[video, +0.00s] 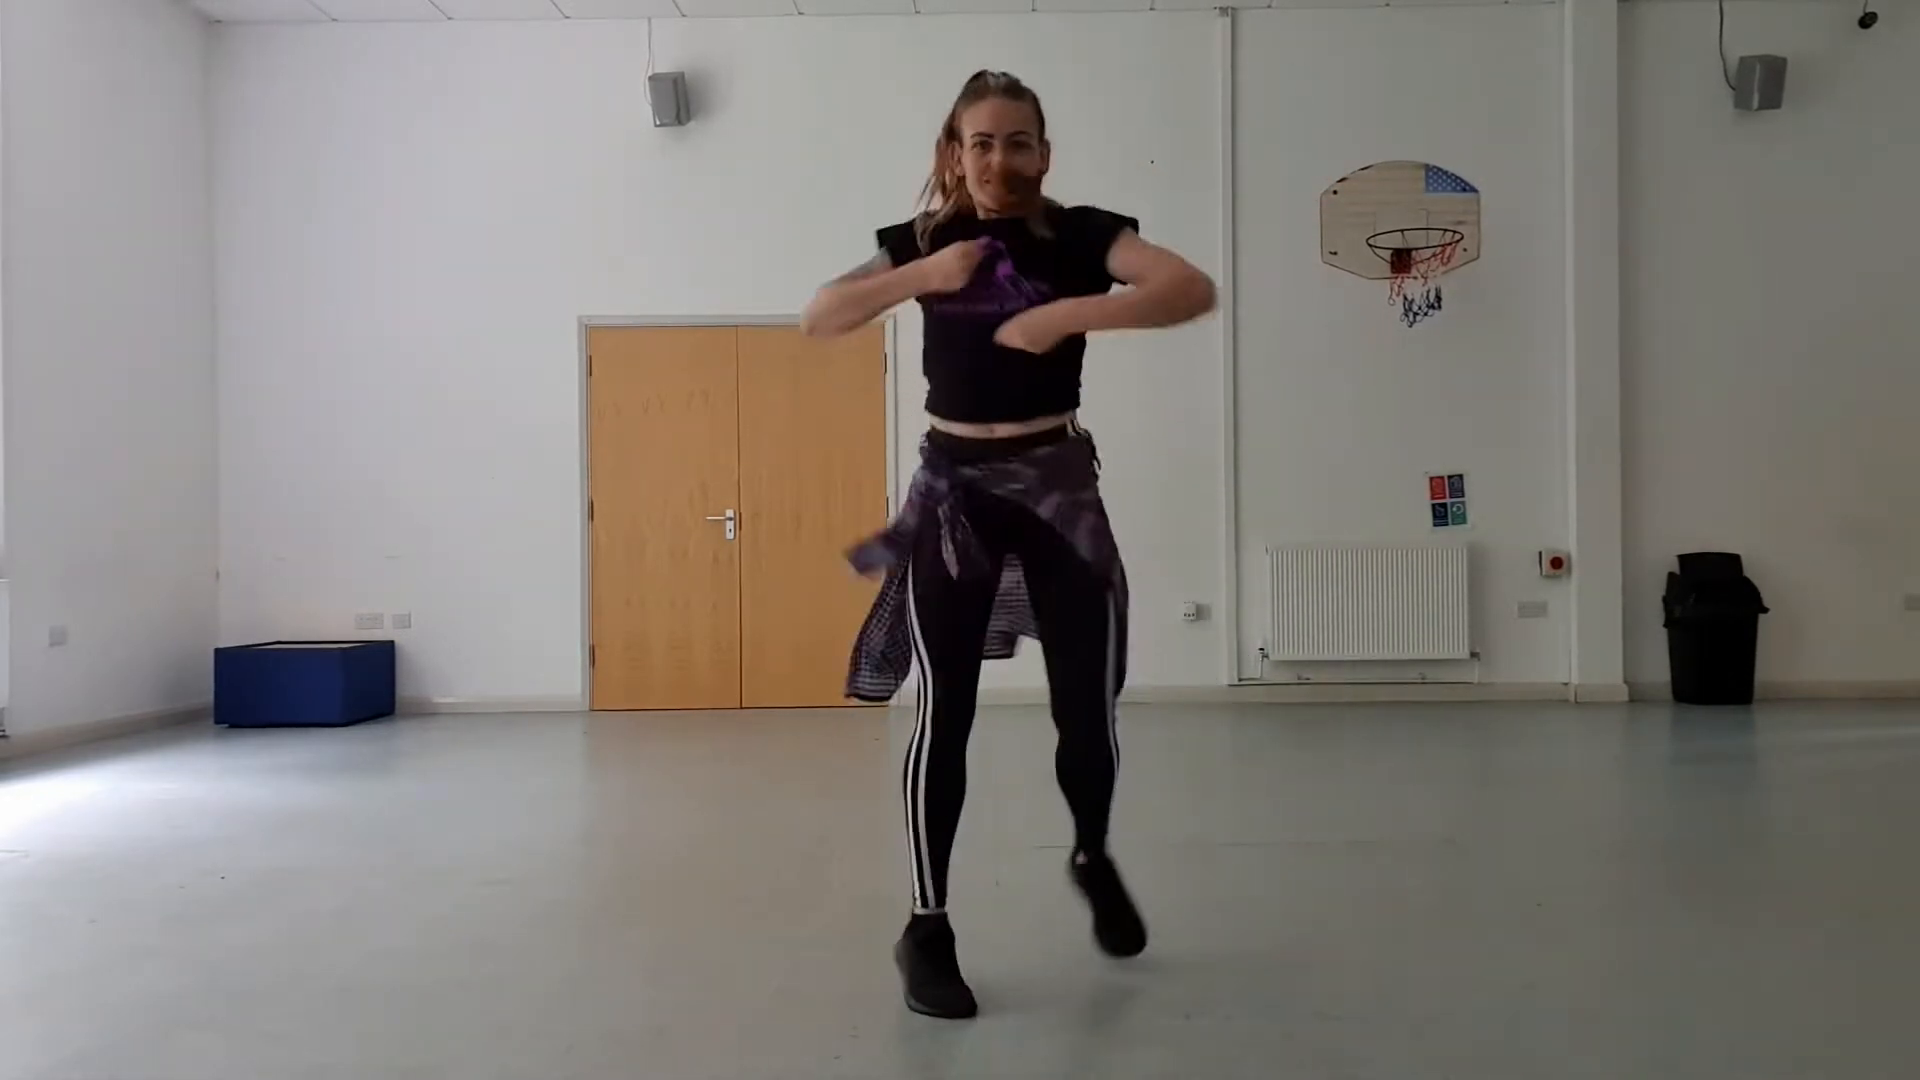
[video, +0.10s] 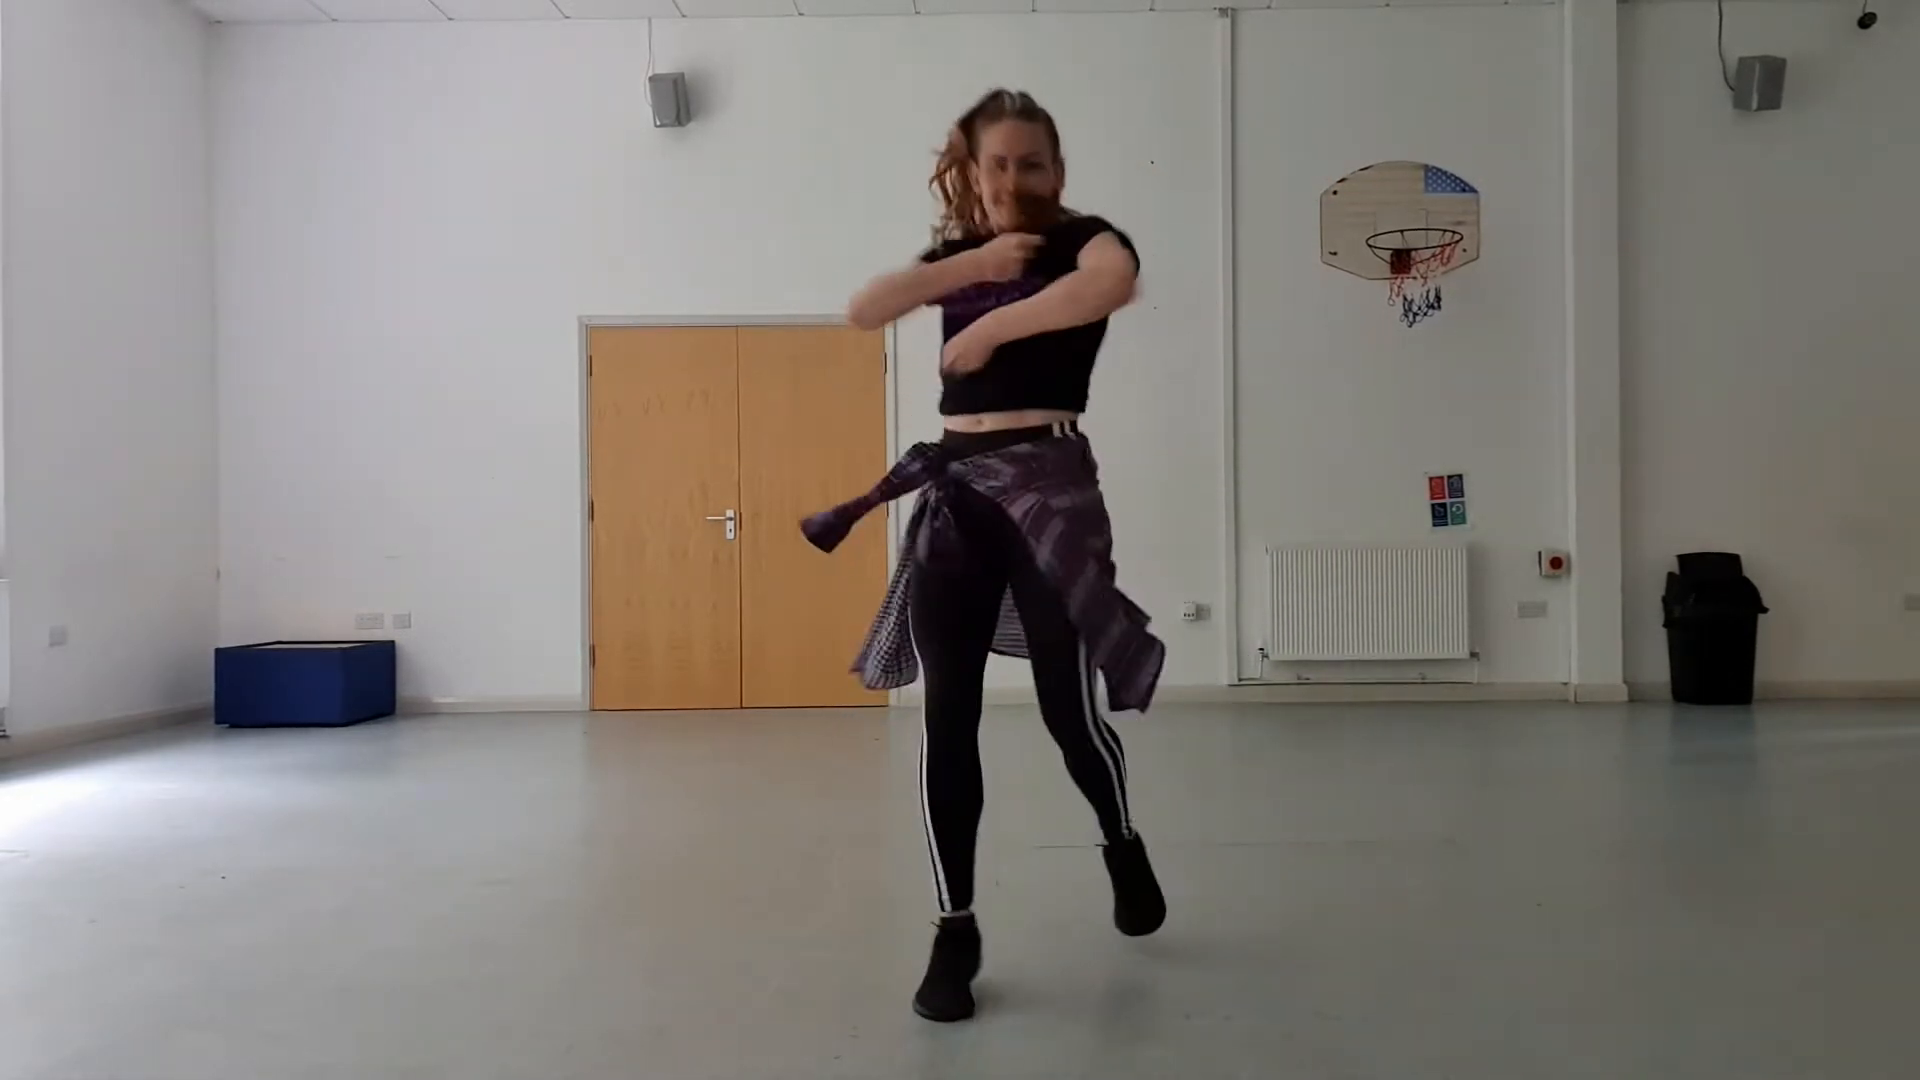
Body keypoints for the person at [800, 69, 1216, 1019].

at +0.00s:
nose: (999, 159)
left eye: (1017, 142)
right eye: (981, 142)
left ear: (1043, 150)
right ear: (952, 152)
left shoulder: (1080, 233)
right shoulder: (922, 244)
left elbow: (1193, 290)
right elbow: (819, 320)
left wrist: (1069, 315)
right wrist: (927, 272)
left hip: (1059, 481)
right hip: (954, 485)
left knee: (1090, 717)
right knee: (945, 715)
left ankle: (1093, 858)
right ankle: (928, 925)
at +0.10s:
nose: (1014, 183)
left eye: (1030, 166)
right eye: (997, 166)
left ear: (1055, 168)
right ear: (963, 174)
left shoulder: (1084, 240)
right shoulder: (947, 261)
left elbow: (1109, 286)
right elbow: (862, 311)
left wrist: (991, 331)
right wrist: (974, 264)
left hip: (1048, 482)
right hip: (955, 484)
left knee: (1069, 714)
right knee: (947, 717)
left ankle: (1120, 844)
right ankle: (954, 927)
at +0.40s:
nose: (1059, 279)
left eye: (1074, 266)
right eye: (1046, 266)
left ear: (1098, 274)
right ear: (1024, 276)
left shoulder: (1126, 342)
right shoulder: (996, 348)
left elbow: (1085, 354)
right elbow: (997, 336)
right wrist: (1007, 294)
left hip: (1114, 558)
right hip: (1020, 558)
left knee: (1100, 743)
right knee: (963, 709)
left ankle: (1117, 893)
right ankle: (955, 908)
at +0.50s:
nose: (1074, 283)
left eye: (1089, 270)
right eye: (1059, 270)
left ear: (1109, 281)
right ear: (1034, 282)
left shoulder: (1126, 350)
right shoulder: (1008, 340)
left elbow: (1164, 358)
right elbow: (964, 326)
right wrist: (917, 291)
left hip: (1122, 552)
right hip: (1031, 554)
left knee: (1130, 731)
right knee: (1001, 694)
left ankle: (1121, 883)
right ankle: (968, 848)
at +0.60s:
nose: (1082, 284)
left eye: (1096, 271)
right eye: (1066, 273)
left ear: (1118, 282)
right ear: (1040, 286)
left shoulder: (1134, 359)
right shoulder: (1016, 339)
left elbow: (1219, 346)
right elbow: (934, 330)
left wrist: (1308, 311)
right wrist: (841, 300)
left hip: (1113, 550)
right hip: (1029, 556)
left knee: (1149, 712)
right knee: (1051, 731)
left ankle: (1125, 882)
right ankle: (985, 784)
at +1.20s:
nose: (1036, 277)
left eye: (1050, 268)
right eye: (1024, 270)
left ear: (1072, 288)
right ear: (1009, 290)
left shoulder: (1099, 356)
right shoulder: (987, 357)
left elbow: (1189, 395)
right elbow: (895, 395)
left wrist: (1275, 410)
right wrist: (807, 411)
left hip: (1073, 534)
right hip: (1000, 533)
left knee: (1063, 692)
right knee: (1009, 689)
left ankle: (1064, 784)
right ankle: (1012, 842)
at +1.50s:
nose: (1043, 281)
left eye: (1055, 273)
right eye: (1031, 275)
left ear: (1074, 293)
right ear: (1014, 296)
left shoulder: (1094, 356)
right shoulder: (989, 358)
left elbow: (1143, 417)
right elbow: (932, 432)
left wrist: (1179, 467)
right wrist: (876, 500)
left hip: (1073, 524)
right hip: (1001, 523)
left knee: (1062, 670)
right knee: (988, 663)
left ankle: (1053, 797)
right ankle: (985, 780)